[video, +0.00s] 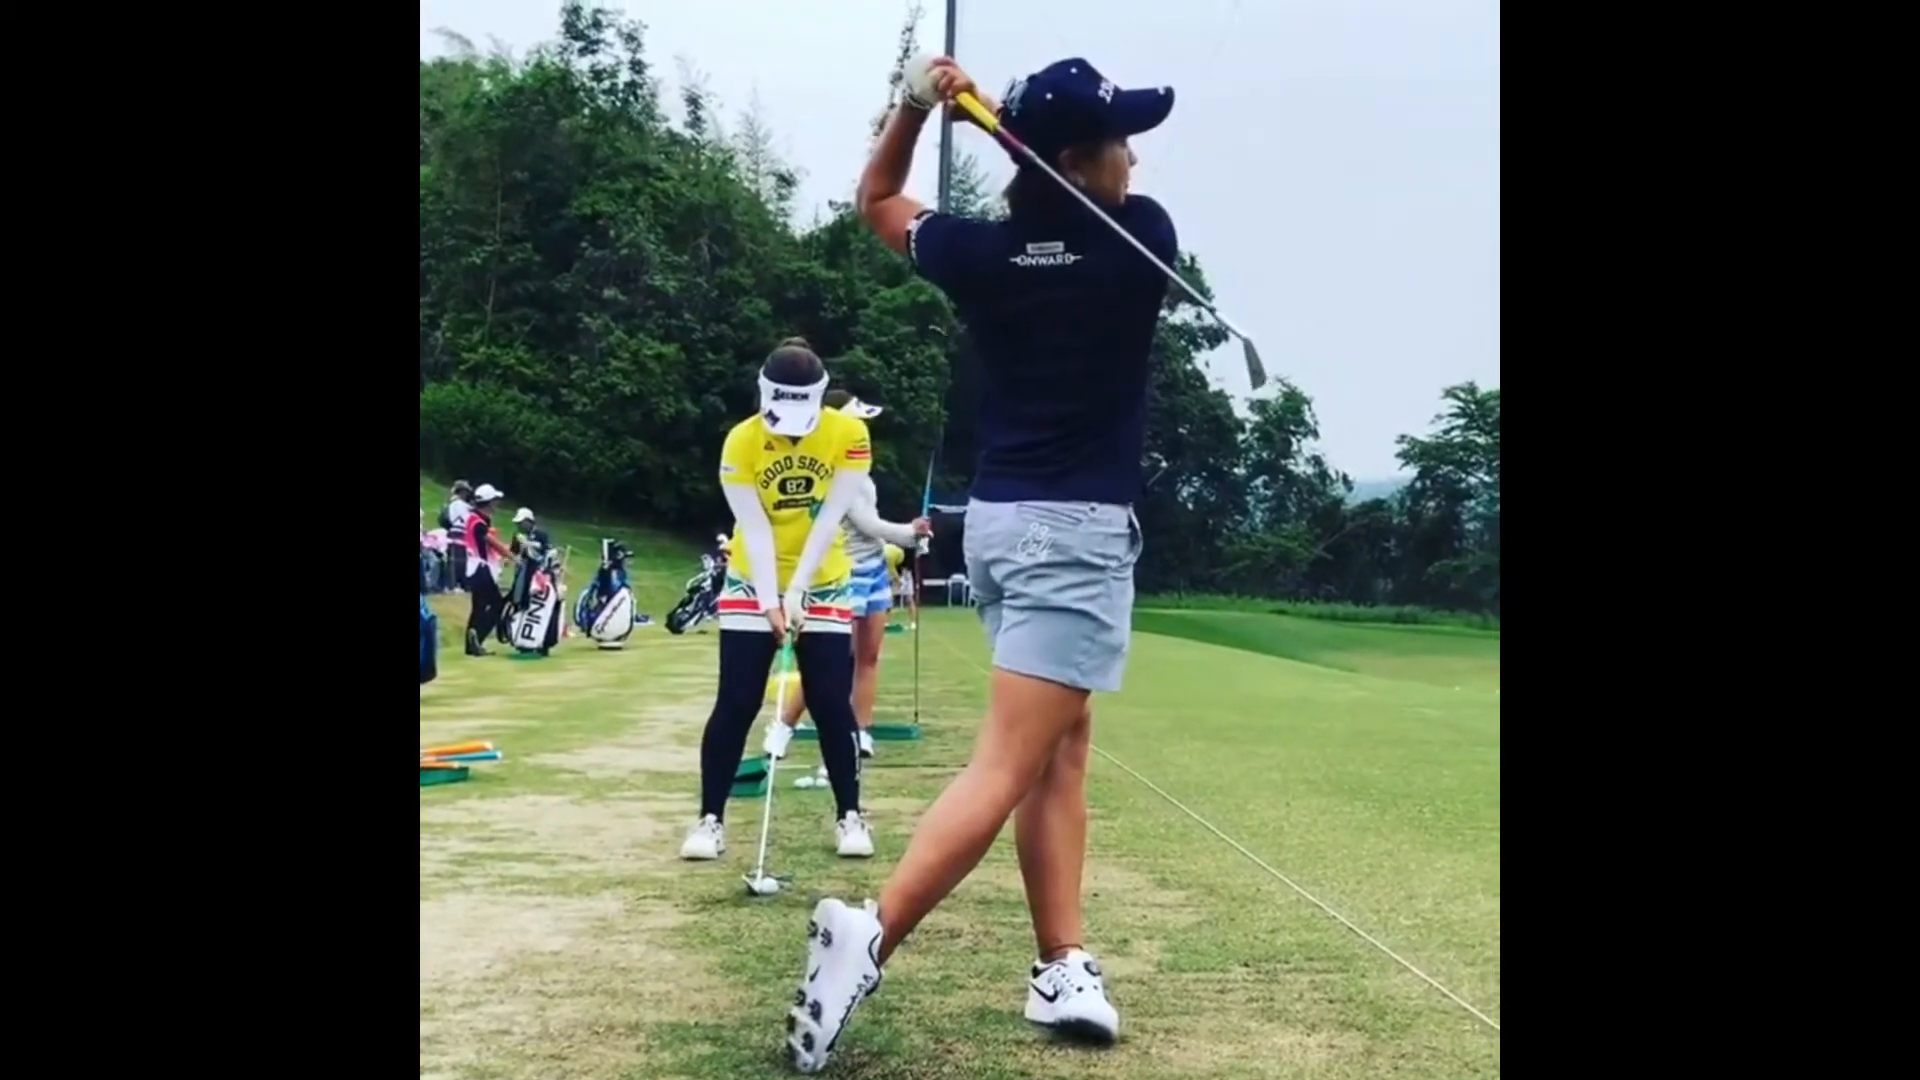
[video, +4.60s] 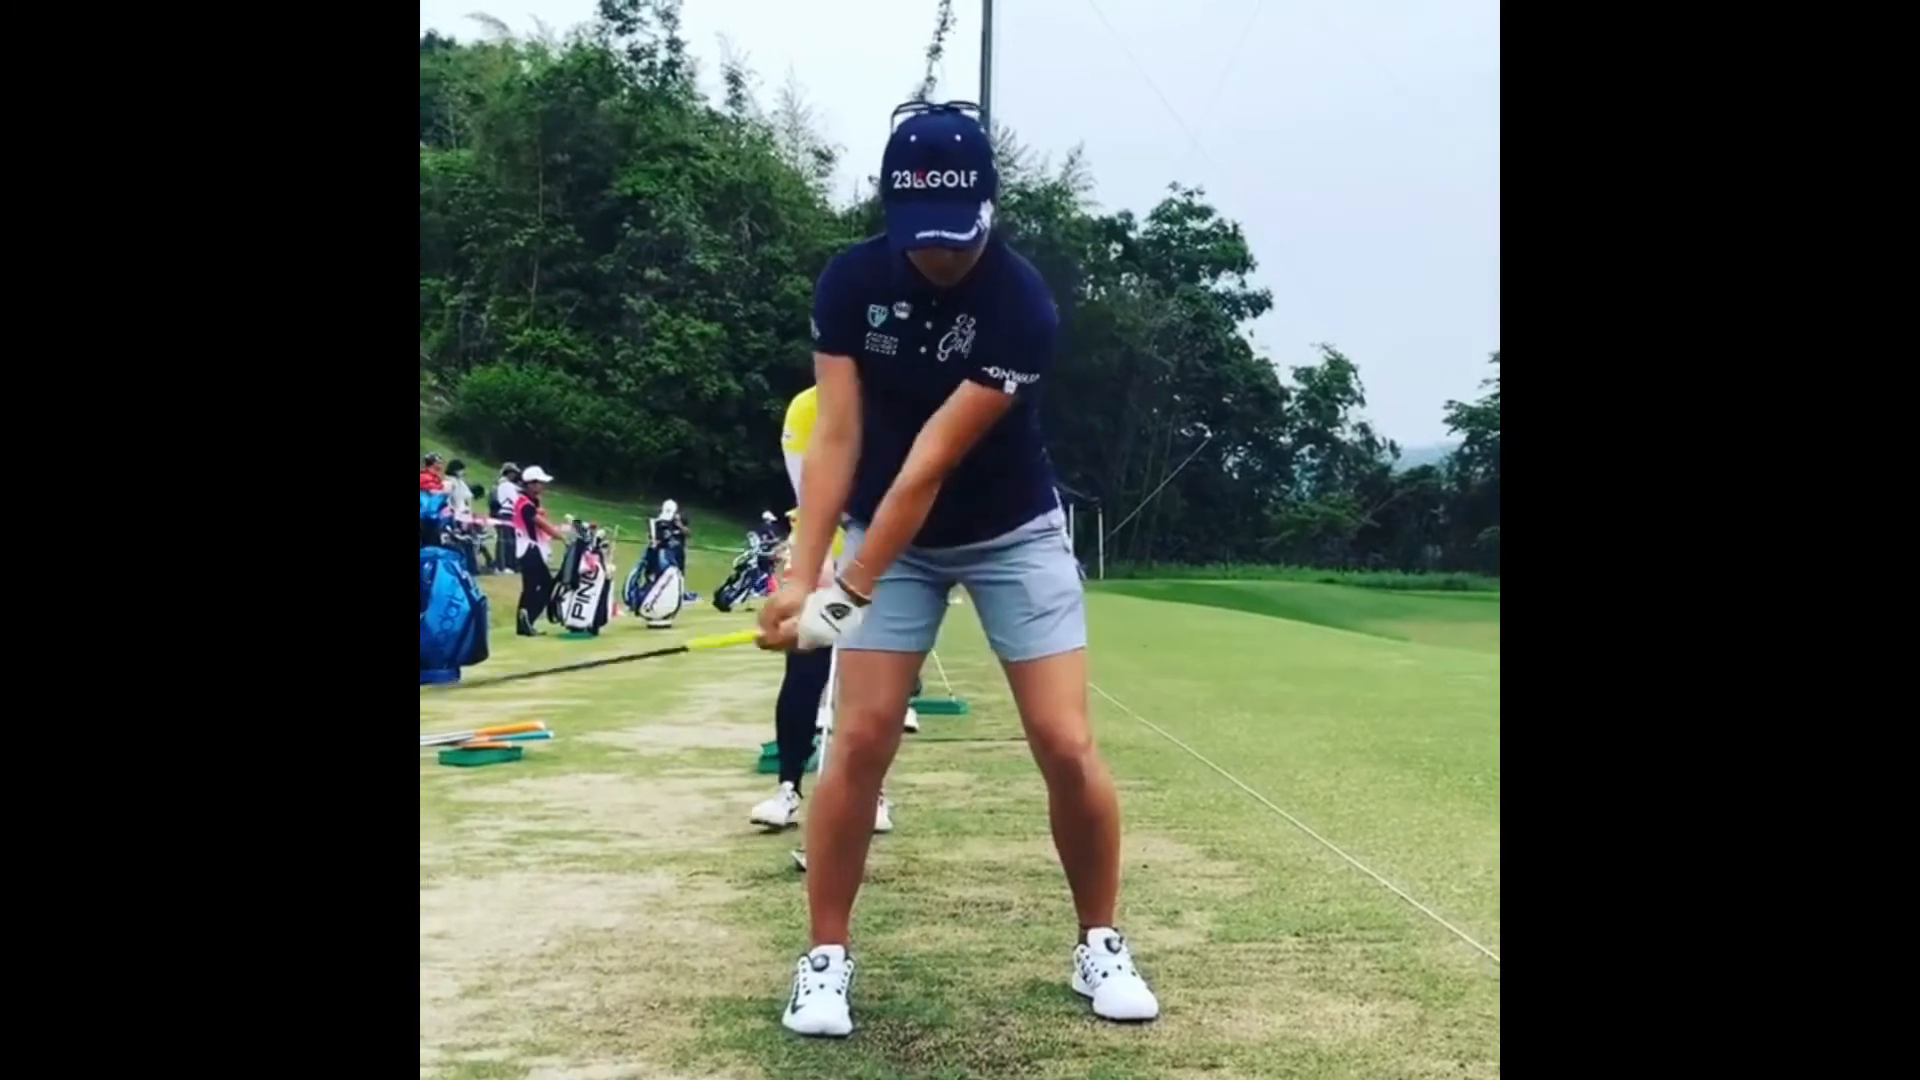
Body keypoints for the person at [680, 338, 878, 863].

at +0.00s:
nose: (788, 424)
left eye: (799, 413)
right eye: (779, 412)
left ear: (819, 396)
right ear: (764, 395)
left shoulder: (849, 433)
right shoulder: (740, 444)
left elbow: (833, 513)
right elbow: (754, 528)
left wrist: (798, 586)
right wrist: (768, 597)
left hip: (823, 585)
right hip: (750, 582)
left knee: (831, 702)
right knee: (736, 701)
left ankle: (849, 816)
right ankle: (710, 820)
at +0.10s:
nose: (789, 425)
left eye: (799, 414)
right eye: (779, 413)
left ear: (819, 398)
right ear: (764, 398)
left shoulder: (849, 434)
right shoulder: (741, 445)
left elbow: (833, 516)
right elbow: (755, 530)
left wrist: (797, 588)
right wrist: (770, 599)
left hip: (823, 587)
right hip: (750, 585)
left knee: (830, 703)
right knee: (736, 702)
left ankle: (849, 816)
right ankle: (710, 821)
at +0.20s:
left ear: (885, 348)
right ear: (833, 344)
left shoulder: (897, 400)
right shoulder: (809, 402)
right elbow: (809, 495)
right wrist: (829, 558)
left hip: (875, 567)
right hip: (813, 567)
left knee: (874, 692)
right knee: (816, 681)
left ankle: (868, 784)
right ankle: (811, 786)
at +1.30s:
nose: (822, 407)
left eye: (833, 396)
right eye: (812, 395)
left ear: (852, 380)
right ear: (797, 380)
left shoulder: (885, 419)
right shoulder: (776, 430)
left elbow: (874, 505)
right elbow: (784, 517)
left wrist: (834, 573)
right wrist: (793, 582)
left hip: (861, 573)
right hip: (788, 572)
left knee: (862, 694)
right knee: (770, 690)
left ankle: (873, 806)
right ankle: (741, 808)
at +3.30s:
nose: (829, 404)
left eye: (840, 393)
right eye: (819, 392)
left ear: (860, 377)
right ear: (804, 376)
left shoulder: (893, 418)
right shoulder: (783, 429)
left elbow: (882, 504)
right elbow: (791, 515)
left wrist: (843, 569)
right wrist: (801, 578)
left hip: (868, 571)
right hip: (795, 568)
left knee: (869, 699)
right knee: (777, 688)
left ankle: (881, 813)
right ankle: (749, 806)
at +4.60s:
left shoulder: (898, 409)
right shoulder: (806, 409)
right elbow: (809, 501)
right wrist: (818, 563)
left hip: (884, 547)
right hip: (825, 549)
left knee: (876, 681)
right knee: (805, 667)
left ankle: (871, 786)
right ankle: (789, 786)